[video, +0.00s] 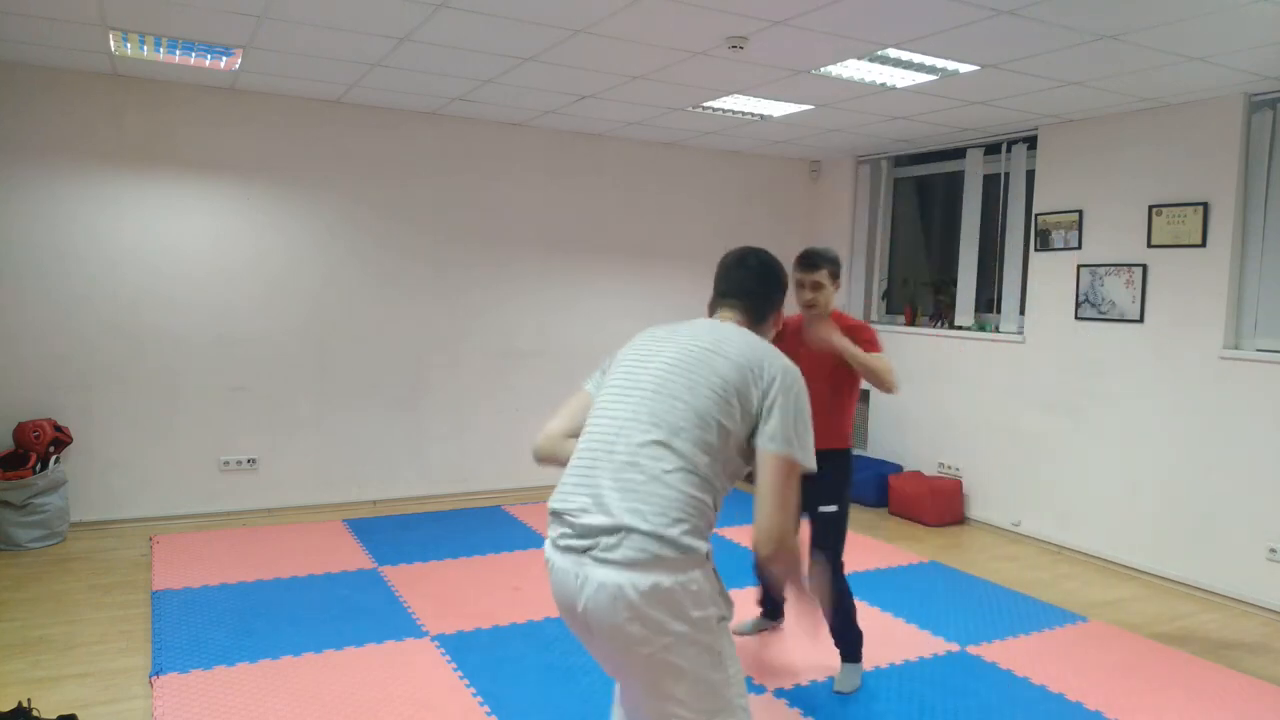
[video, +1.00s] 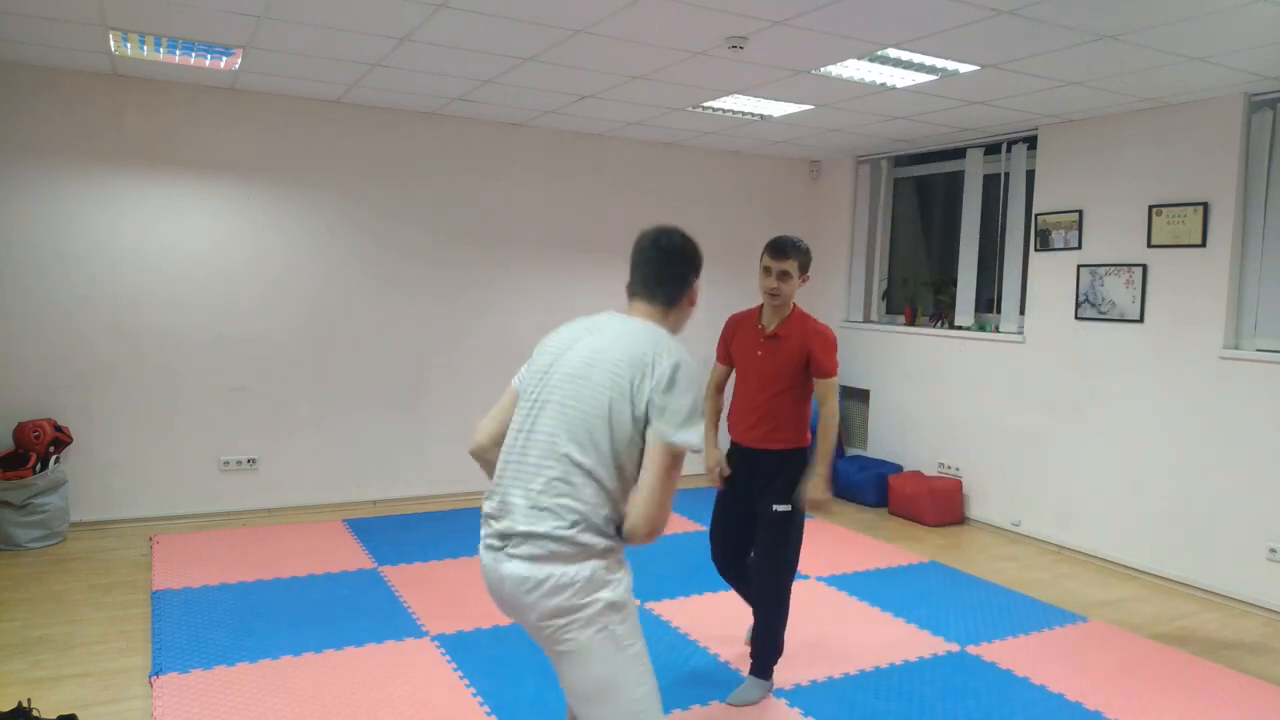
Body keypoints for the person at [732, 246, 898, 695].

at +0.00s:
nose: (809, 294)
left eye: (818, 286)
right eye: (802, 286)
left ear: (836, 287)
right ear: (792, 287)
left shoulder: (854, 331)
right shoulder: (779, 330)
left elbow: (887, 382)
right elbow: (750, 376)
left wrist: (841, 344)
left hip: (830, 455)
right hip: (781, 450)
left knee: (825, 560)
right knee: (770, 538)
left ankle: (851, 655)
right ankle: (770, 613)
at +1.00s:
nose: (774, 282)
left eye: (785, 275)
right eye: (767, 272)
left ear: (802, 280)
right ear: (758, 273)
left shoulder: (817, 337)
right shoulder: (737, 325)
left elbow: (829, 410)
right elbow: (714, 389)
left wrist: (819, 475)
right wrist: (711, 448)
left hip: (786, 463)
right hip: (740, 458)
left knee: (772, 571)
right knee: (724, 554)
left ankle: (761, 672)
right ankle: (768, 610)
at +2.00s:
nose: (857, 286)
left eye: (866, 280)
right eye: (857, 280)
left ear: (890, 287)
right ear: (862, 286)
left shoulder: (900, 342)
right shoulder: (847, 336)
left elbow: (899, 409)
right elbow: (823, 394)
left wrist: (880, 466)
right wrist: (789, 438)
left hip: (845, 452)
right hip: (809, 444)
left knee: (847, 548)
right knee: (799, 542)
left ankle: (908, 600)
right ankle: (811, 625)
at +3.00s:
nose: (832, 291)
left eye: (836, 284)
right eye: (832, 284)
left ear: (859, 285)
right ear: (857, 287)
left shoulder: (883, 325)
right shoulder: (857, 325)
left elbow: (826, 357)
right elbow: (818, 350)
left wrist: (771, 348)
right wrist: (768, 347)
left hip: (897, 434)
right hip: (879, 431)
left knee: (871, 516)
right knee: (864, 514)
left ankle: (883, 596)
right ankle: (870, 586)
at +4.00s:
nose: (832, 285)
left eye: (837, 278)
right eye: (832, 278)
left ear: (857, 281)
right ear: (857, 282)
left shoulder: (872, 320)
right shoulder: (864, 318)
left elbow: (823, 360)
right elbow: (827, 358)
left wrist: (815, 333)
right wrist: (821, 336)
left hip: (890, 430)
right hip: (882, 429)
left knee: (875, 514)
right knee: (868, 512)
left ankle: (872, 593)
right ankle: (869, 586)